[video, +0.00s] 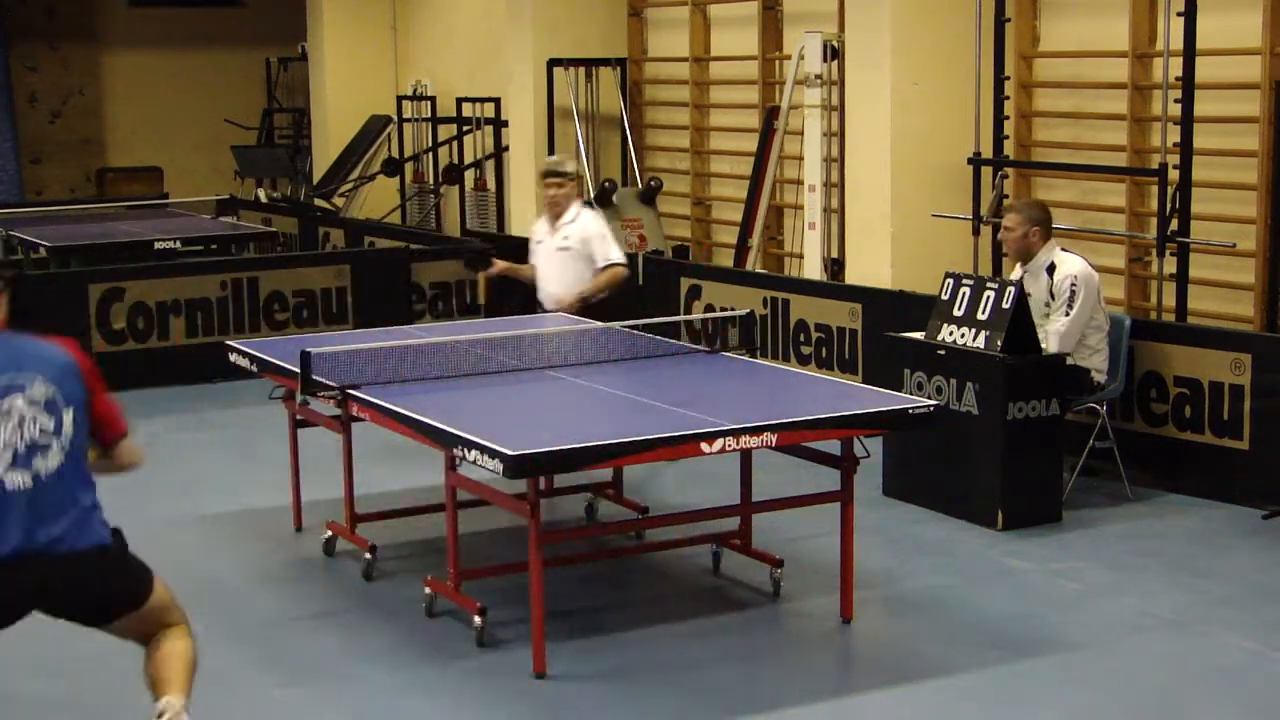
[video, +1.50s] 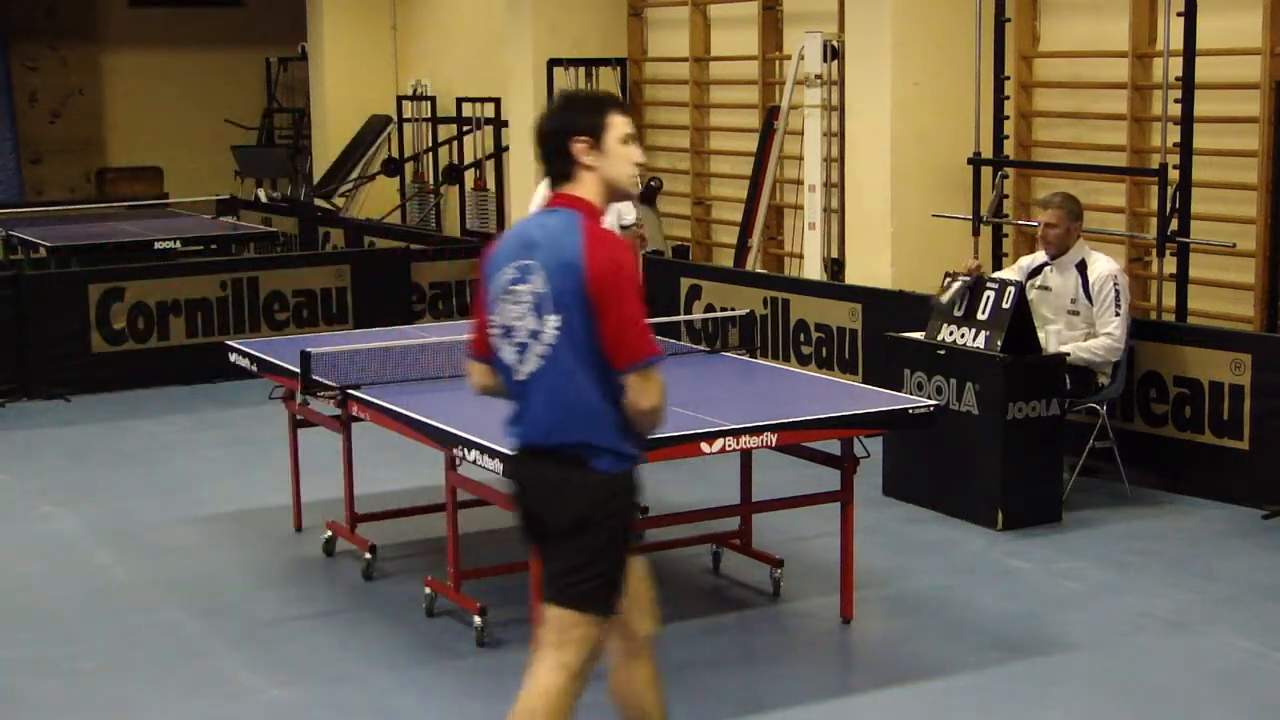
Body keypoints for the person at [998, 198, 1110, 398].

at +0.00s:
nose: (1000, 237)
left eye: (1007, 230)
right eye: (1001, 230)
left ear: (1034, 235)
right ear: (1034, 236)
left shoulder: (1074, 273)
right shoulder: (1020, 273)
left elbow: (1057, 343)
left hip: (1082, 374)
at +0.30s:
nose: (1018, 237)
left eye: (1027, 230)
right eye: (1017, 229)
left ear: (1052, 232)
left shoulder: (1089, 272)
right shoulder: (1026, 272)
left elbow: (1089, 343)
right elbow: (1011, 328)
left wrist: (1041, 368)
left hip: (1084, 373)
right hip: (1039, 369)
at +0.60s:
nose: (1032, 237)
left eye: (1041, 230)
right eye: (1030, 229)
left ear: (1067, 231)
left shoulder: (1098, 272)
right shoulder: (1026, 272)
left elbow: (1100, 347)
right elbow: (1004, 327)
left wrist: (1045, 364)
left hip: (1085, 372)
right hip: (1036, 368)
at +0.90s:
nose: (1040, 235)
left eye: (1051, 227)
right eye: (1038, 226)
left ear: (1074, 231)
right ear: (1034, 226)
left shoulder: (1104, 273)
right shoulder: (1026, 271)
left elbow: (1108, 346)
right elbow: (998, 322)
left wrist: (1052, 362)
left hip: (1086, 373)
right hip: (1032, 368)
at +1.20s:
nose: (1040, 234)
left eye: (1051, 227)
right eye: (1039, 226)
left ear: (1075, 231)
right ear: (1036, 226)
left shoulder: (1104, 273)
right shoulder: (1027, 268)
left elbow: (1107, 348)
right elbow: (992, 302)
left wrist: (1047, 362)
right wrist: (982, 279)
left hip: (1082, 375)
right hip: (1029, 370)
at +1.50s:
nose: (1040, 234)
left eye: (1051, 227)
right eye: (1039, 225)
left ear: (1074, 230)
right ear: (1036, 225)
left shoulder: (1104, 273)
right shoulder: (1030, 265)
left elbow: (1112, 345)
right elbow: (993, 284)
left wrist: (1055, 356)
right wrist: (974, 280)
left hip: (1082, 373)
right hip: (1030, 366)